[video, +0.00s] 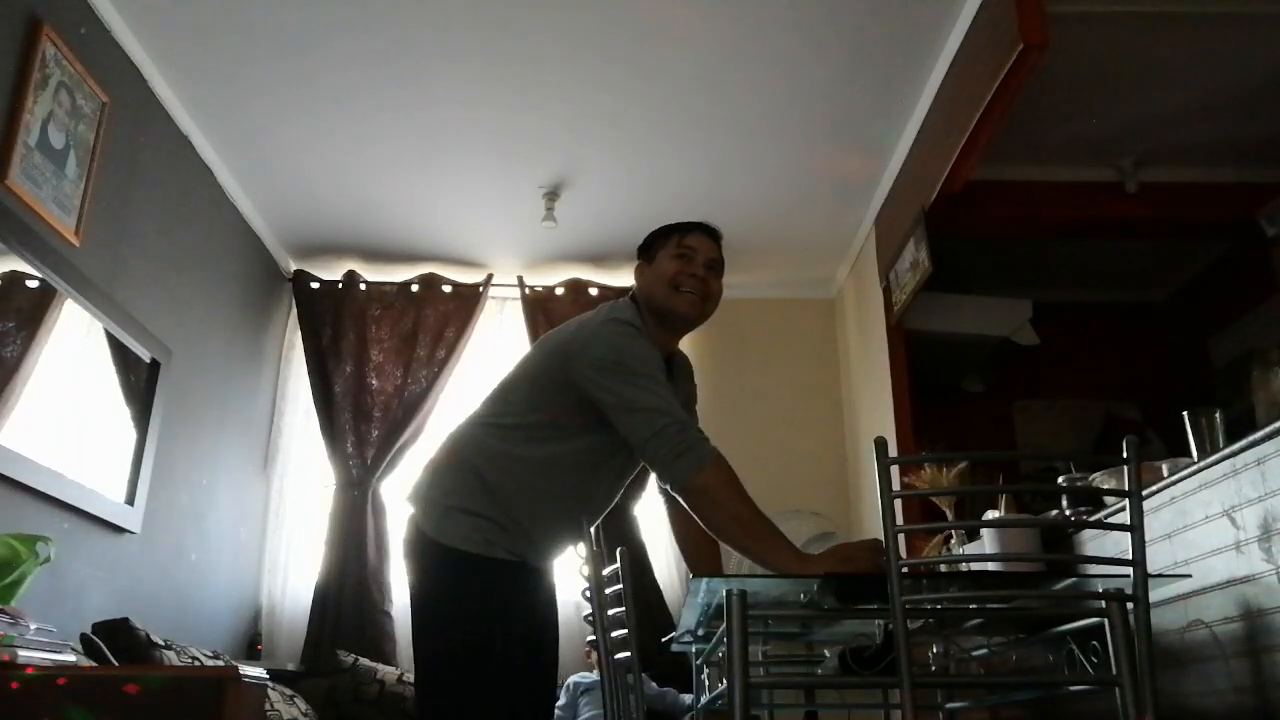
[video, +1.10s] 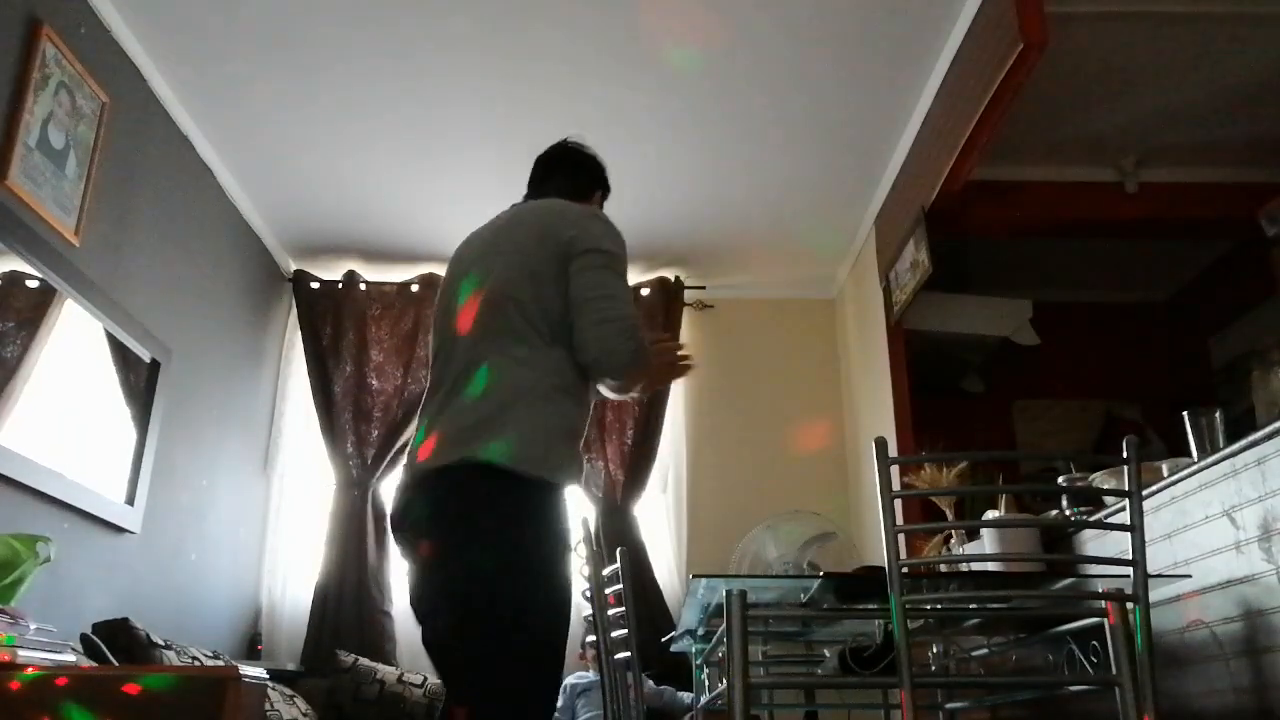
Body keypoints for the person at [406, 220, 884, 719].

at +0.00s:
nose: (698, 271)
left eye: (712, 267)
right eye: (682, 256)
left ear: (717, 294)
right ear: (641, 271)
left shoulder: (675, 375)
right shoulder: (611, 338)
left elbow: (688, 497)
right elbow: (692, 468)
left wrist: (716, 599)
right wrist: (801, 564)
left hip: (523, 550)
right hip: (463, 534)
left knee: (526, 704)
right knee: (470, 706)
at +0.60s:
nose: (714, 327)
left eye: (718, 312)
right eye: (714, 307)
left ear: (671, 290)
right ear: (679, 289)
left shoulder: (624, 355)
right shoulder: (605, 342)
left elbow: (671, 499)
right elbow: (686, 474)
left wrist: (718, 599)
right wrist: (803, 562)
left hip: (505, 563)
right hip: (473, 560)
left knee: (550, 712)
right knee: (546, 714)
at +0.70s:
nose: (685, 325)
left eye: (690, 308)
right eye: (689, 305)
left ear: (626, 281)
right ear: (668, 290)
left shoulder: (579, 335)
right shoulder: (599, 333)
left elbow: (656, 487)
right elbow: (682, 456)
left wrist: (722, 579)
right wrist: (799, 547)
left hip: (470, 563)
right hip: (484, 566)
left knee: (520, 714)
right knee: (555, 713)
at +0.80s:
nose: (656, 286)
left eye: (660, 275)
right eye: (660, 272)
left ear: (595, 250)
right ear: (645, 261)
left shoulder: (547, 299)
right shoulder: (596, 295)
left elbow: (607, 449)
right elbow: (635, 416)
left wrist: (708, 500)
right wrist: (771, 464)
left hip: (462, 537)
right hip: (498, 541)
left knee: (520, 707)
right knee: (552, 708)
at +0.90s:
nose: (642, 242)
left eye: (644, 231)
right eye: (645, 229)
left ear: (585, 202)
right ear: (639, 216)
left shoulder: (534, 248)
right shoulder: (598, 237)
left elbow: (565, 397)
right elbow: (605, 353)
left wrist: (673, 420)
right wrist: (725, 378)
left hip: (461, 484)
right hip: (501, 490)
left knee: (491, 679)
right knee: (530, 684)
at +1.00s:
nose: (623, 204)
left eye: (625, 197)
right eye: (623, 195)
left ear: (556, 174)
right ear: (615, 184)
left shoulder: (500, 228)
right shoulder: (599, 205)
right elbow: (611, 327)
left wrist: (633, 357)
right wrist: (667, 374)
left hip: (440, 459)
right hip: (504, 459)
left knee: (473, 654)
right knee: (523, 662)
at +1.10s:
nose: (602, 213)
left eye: (603, 205)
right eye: (604, 204)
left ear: (531, 189)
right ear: (593, 196)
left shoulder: (472, 245)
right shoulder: (584, 226)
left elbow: (469, 361)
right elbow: (613, 360)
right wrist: (640, 369)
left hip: (429, 489)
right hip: (510, 488)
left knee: (469, 681)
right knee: (521, 682)